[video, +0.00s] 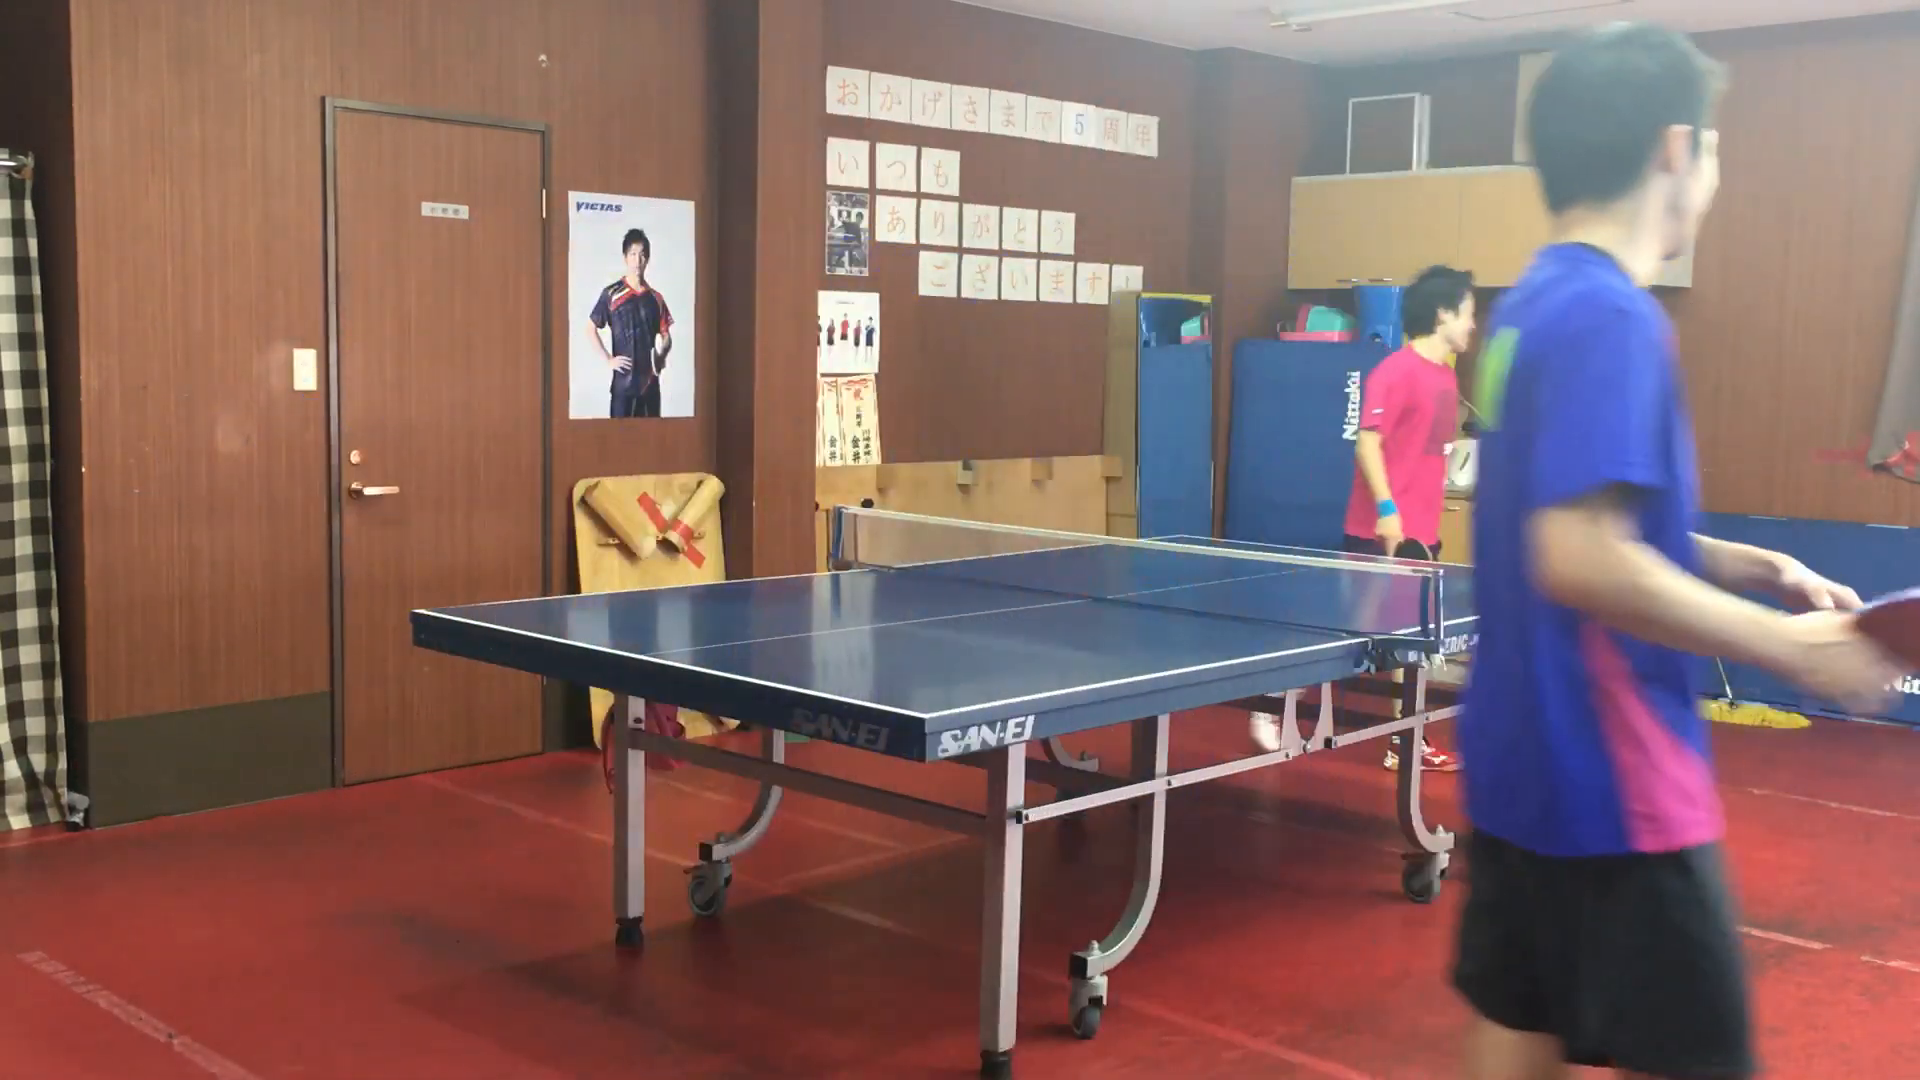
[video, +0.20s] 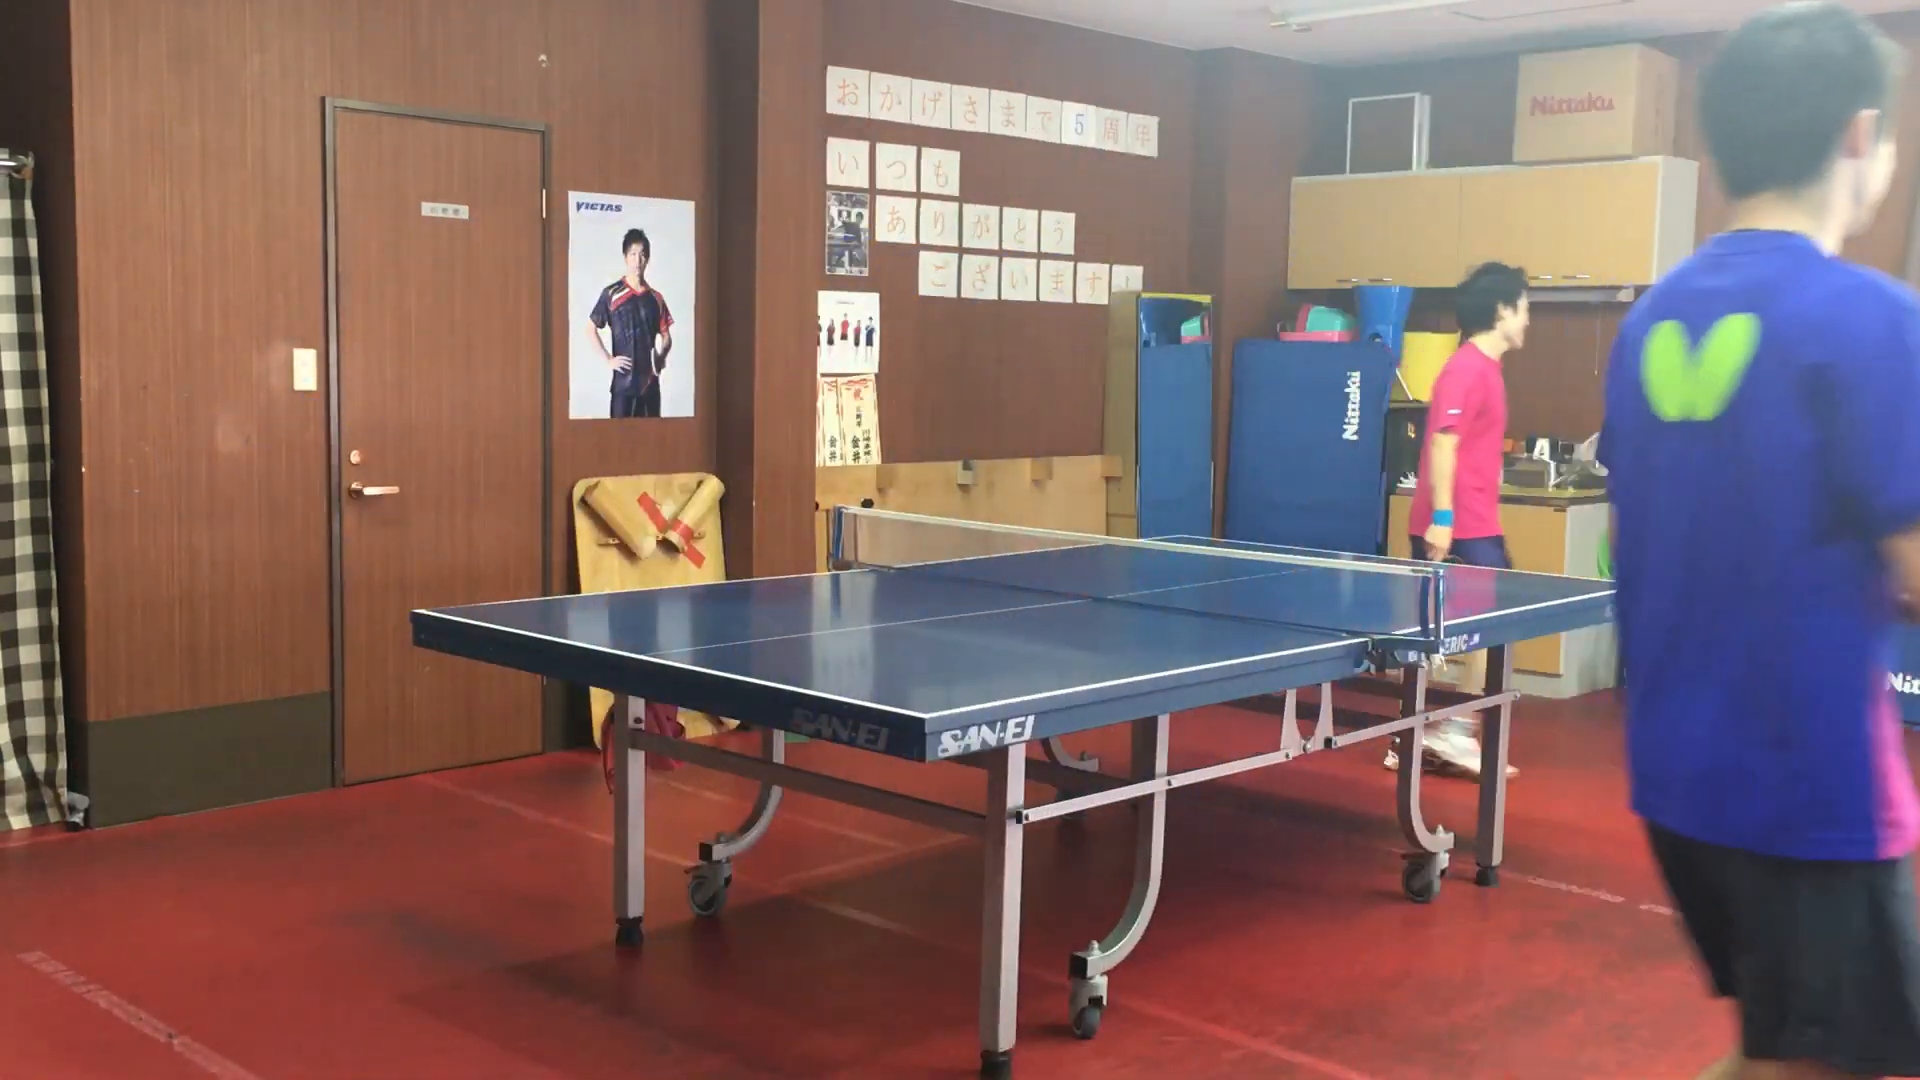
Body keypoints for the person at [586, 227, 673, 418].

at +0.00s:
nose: (638, 260)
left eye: (643, 254)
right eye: (633, 254)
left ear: (648, 258)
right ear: (625, 258)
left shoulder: (655, 297)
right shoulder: (611, 294)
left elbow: (665, 335)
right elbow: (591, 327)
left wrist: (661, 355)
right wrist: (608, 359)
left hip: (650, 378)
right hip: (624, 378)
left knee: (650, 435)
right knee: (621, 434)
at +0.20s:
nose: (638, 260)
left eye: (643, 254)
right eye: (633, 254)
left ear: (648, 258)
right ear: (625, 257)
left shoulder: (655, 297)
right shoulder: (611, 294)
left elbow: (665, 335)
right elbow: (591, 327)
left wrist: (661, 356)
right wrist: (608, 359)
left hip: (650, 378)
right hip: (624, 378)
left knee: (650, 436)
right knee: (621, 435)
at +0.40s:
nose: (638, 260)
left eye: (642, 254)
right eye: (633, 254)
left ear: (648, 258)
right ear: (625, 258)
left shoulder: (655, 297)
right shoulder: (611, 294)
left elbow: (665, 335)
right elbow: (591, 328)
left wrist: (661, 355)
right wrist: (608, 359)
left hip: (650, 377)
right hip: (624, 378)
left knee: (650, 436)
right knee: (621, 435)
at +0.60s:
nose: (638, 260)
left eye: (643, 254)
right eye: (633, 254)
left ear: (648, 258)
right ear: (625, 258)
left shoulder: (655, 297)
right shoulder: (611, 294)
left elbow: (665, 335)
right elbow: (591, 327)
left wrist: (661, 356)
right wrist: (608, 359)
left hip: (649, 377)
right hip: (624, 378)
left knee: (650, 435)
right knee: (621, 435)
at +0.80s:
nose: (638, 260)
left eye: (643, 254)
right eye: (633, 254)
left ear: (648, 258)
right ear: (625, 257)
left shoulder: (655, 297)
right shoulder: (611, 294)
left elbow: (665, 336)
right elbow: (591, 328)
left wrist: (661, 356)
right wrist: (608, 359)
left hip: (650, 378)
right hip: (624, 379)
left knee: (650, 436)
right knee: (622, 436)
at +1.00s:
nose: (638, 259)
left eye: (643, 254)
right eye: (633, 254)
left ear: (648, 258)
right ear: (625, 257)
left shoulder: (655, 297)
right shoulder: (611, 294)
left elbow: (665, 336)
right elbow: (591, 328)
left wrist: (661, 356)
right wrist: (608, 359)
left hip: (650, 378)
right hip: (624, 379)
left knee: (650, 436)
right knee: (622, 436)